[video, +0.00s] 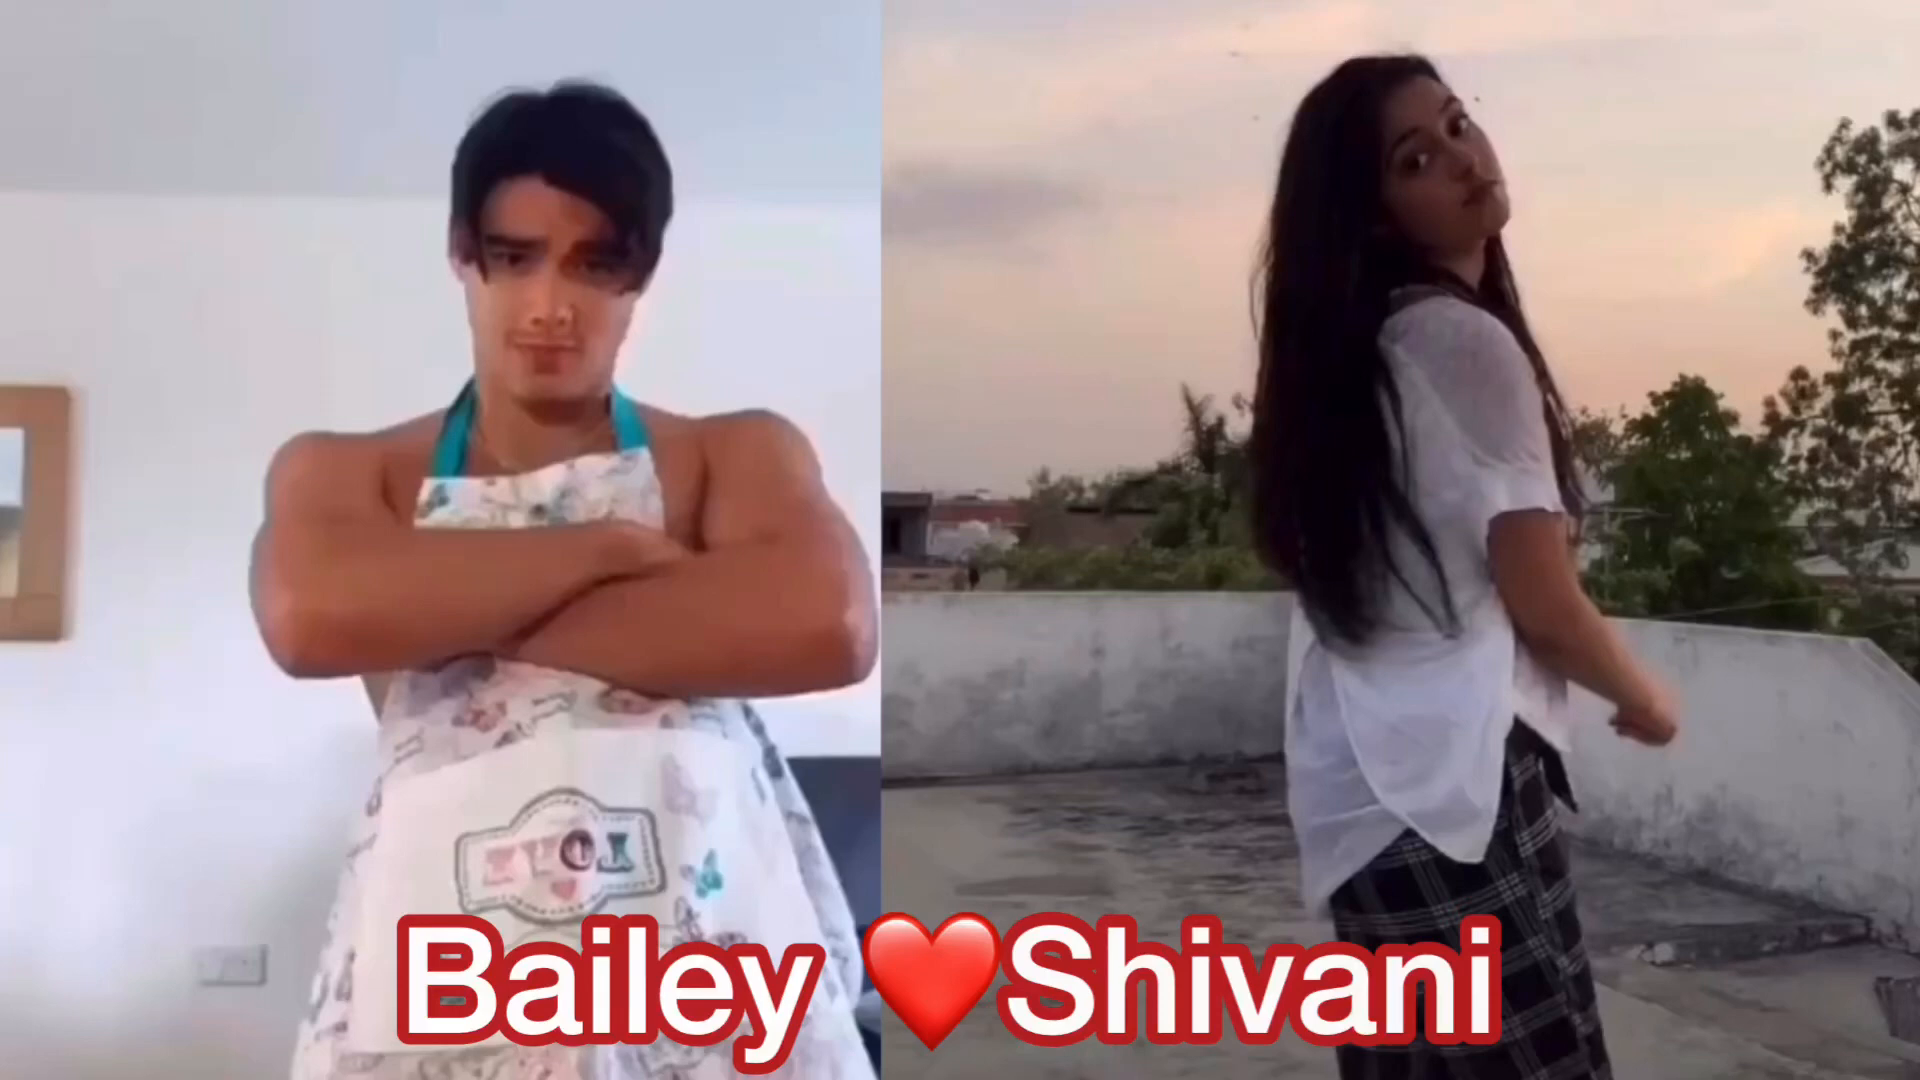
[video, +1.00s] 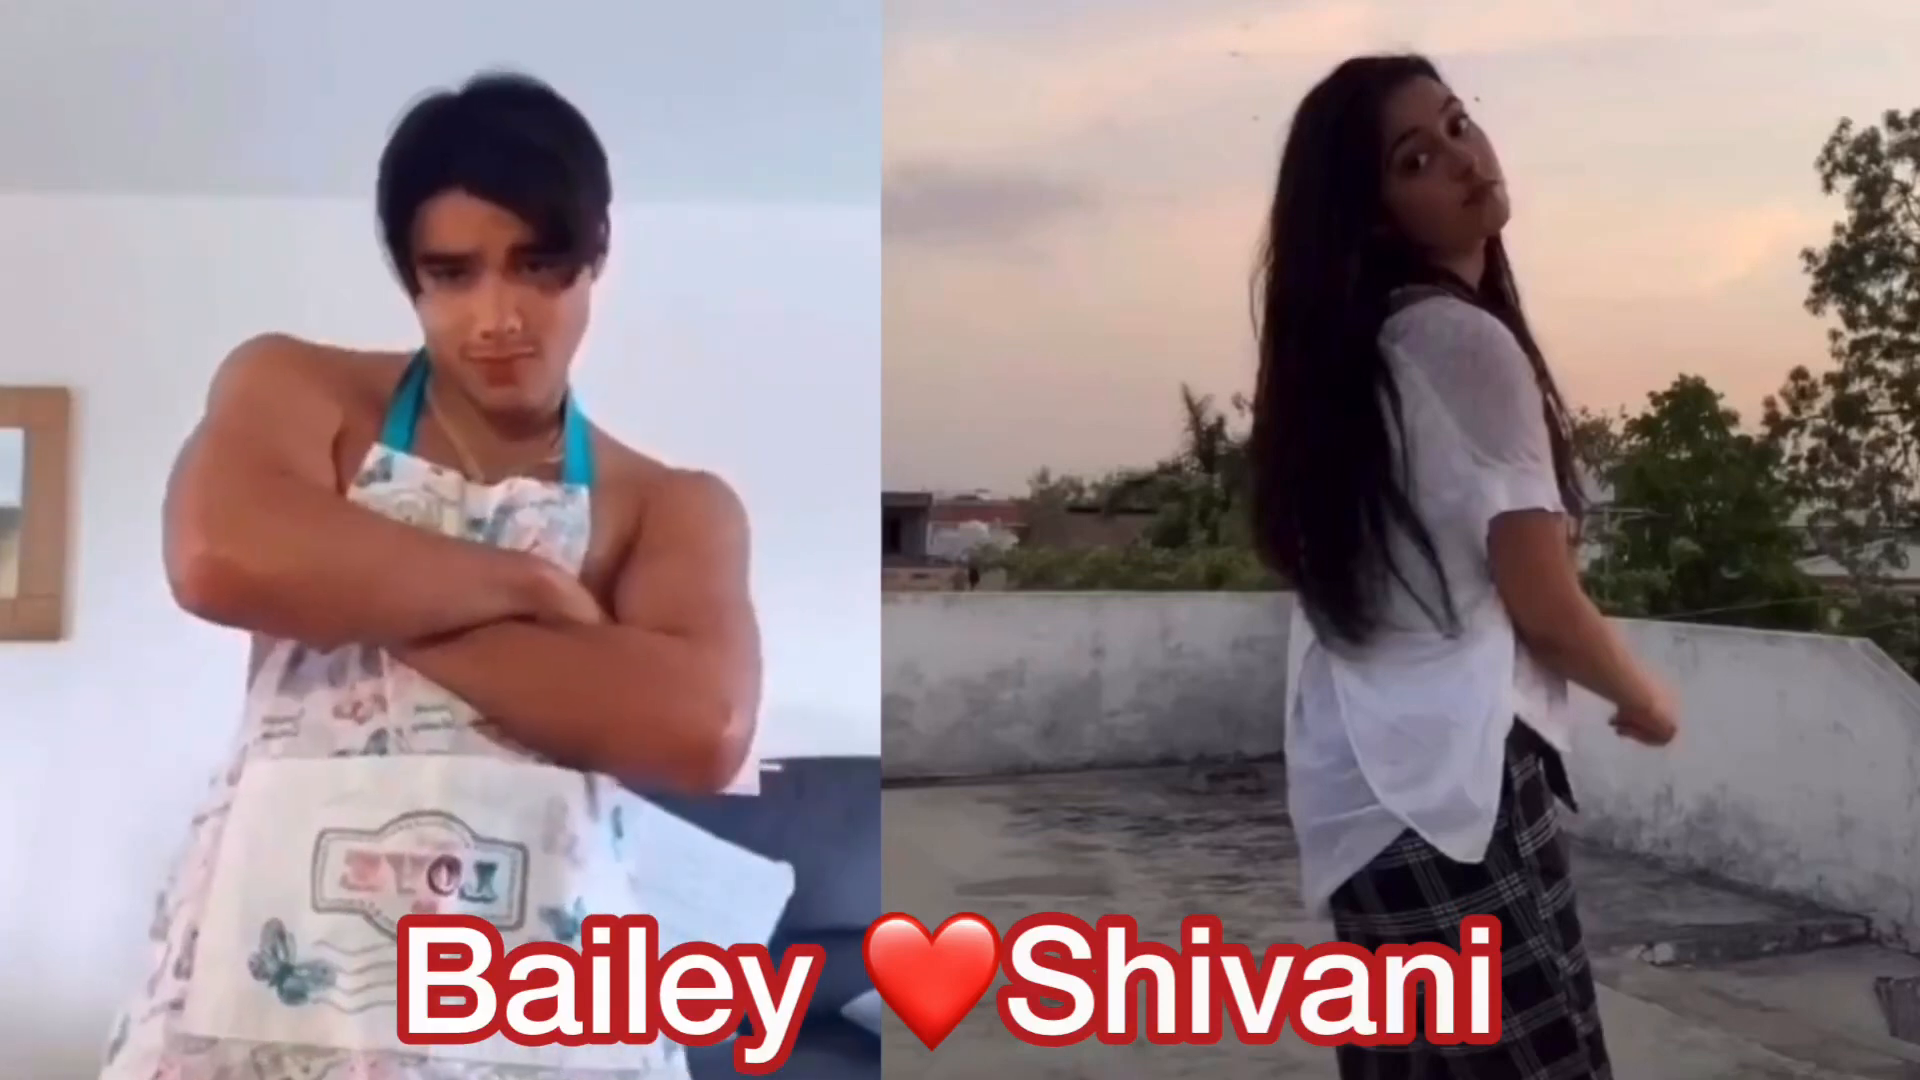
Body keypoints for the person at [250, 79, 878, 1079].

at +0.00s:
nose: (550, 305)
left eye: (597, 263)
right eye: (513, 258)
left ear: (642, 276)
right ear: (463, 262)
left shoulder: (741, 454)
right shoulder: (342, 470)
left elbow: (826, 624)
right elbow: (310, 620)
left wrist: (481, 613)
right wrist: (623, 547)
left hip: (709, 948)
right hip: (440, 959)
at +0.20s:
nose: (549, 299)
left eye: (596, 257)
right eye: (512, 253)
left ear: (642, 269)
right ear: (462, 256)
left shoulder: (739, 453)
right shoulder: (339, 460)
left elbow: (827, 627)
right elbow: (313, 611)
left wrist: (488, 608)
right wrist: (621, 545)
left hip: (707, 945)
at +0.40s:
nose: (547, 280)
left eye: (592, 236)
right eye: (506, 235)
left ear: (639, 245)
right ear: (455, 238)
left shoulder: (737, 441)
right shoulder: (330, 438)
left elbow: (816, 634)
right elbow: (306, 605)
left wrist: (483, 601)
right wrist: (611, 540)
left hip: (693, 924)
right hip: (428, 926)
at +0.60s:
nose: (540, 274)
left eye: (584, 228)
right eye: (496, 232)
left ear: (636, 232)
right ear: (449, 240)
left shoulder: (736, 438)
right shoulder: (328, 414)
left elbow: (806, 641)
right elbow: (297, 588)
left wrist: (477, 591)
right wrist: (601, 536)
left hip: (680, 921)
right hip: (412, 922)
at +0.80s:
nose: (532, 298)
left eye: (574, 248)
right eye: (488, 255)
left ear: (632, 252)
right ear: (444, 261)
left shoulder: (716, 491)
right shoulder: (319, 405)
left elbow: (759, 712)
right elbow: (266, 586)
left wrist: (438, 607)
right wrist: (575, 581)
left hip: (625, 994)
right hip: (348, 983)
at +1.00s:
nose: (495, 318)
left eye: (541, 268)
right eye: (451, 273)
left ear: (598, 255)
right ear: (407, 274)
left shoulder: (676, 507)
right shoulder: (291, 385)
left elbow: (702, 734)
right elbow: (219, 556)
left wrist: (397, 613)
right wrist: (529, 584)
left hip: (544, 1000)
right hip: (267, 984)